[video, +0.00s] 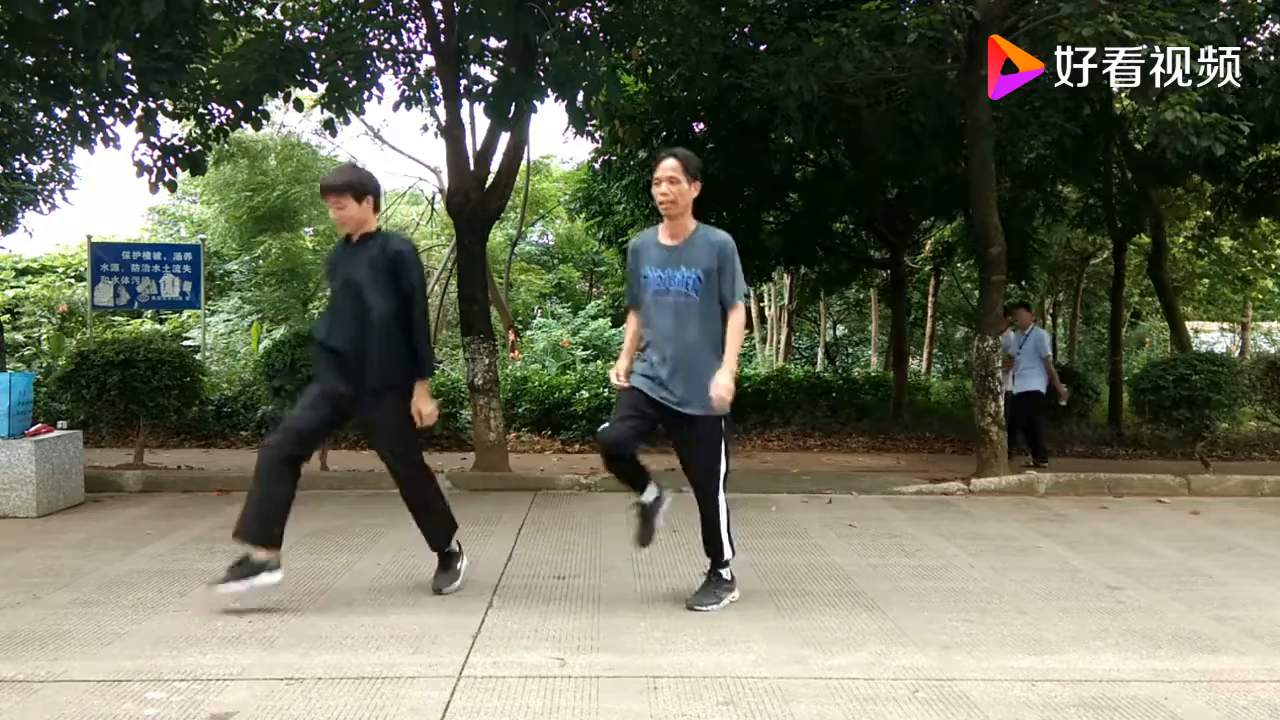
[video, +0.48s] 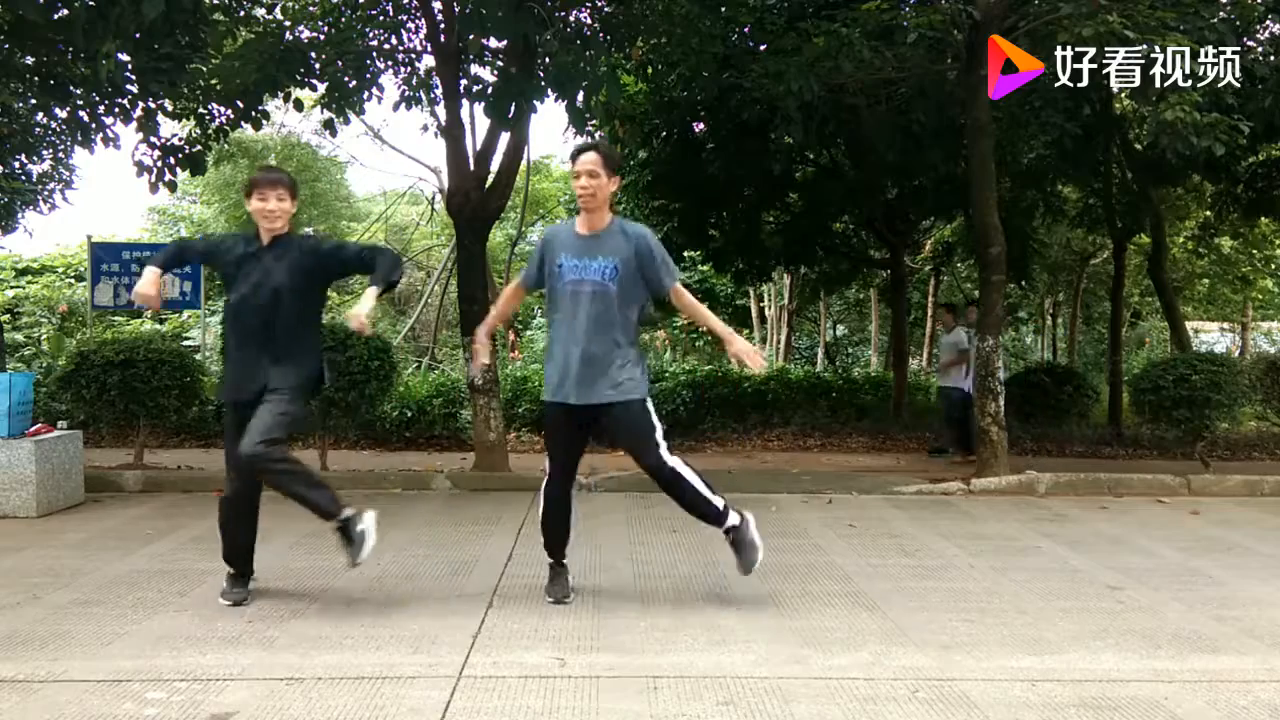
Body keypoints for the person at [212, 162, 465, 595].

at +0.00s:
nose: (334, 214)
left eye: (340, 205)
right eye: (330, 207)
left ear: (368, 202)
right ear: (334, 209)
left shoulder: (397, 250)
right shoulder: (339, 257)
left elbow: (418, 320)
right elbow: (345, 320)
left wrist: (422, 387)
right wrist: (331, 373)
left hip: (384, 384)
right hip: (337, 380)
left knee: (409, 468)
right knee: (280, 449)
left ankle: (448, 550)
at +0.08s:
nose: (325, 225)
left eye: (334, 217)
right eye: (322, 218)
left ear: (360, 220)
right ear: (320, 224)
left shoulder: (381, 271)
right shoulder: (324, 277)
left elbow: (405, 339)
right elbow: (333, 339)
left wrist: (413, 403)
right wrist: (317, 392)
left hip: (373, 405)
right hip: (324, 402)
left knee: (409, 485)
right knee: (271, 473)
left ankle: (454, 560)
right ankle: (271, 581)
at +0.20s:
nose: (311, 197)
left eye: (320, 188)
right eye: (302, 189)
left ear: (336, 194)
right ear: (292, 197)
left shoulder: (355, 248)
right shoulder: (281, 253)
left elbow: (391, 312)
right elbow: (278, 319)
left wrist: (404, 374)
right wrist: (262, 367)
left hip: (343, 384)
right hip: (289, 384)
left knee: (374, 470)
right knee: (255, 468)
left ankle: (436, 543)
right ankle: (266, 572)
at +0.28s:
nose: (301, 188)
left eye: (310, 179)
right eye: (292, 180)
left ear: (324, 185)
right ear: (280, 186)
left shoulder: (344, 236)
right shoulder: (266, 238)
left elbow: (402, 284)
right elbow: (244, 286)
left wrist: (402, 338)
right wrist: (216, 325)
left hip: (331, 371)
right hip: (277, 372)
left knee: (341, 458)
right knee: (259, 463)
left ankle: (415, 525)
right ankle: (251, 567)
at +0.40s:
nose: (281, 202)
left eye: (289, 194)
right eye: (272, 195)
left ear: (303, 200)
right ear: (259, 200)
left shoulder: (323, 245)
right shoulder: (244, 240)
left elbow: (394, 249)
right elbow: (190, 240)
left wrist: (384, 295)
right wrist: (164, 275)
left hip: (303, 374)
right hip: (254, 375)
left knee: (282, 446)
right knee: (250, 472)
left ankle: (371, 509)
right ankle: (236, 571)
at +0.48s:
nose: (272, 206)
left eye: (280, 198)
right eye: (263, 198)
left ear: (293, 205)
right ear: (249, 204)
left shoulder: (313, 252)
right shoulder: (233, 250)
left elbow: (387, 259)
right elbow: (181, 248)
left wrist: (369, 298)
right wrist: (151, 273)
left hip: (291, 380)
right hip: (241, 383)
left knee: (256, 451)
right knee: (238, 484)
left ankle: (346, 521)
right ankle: (238, 574)